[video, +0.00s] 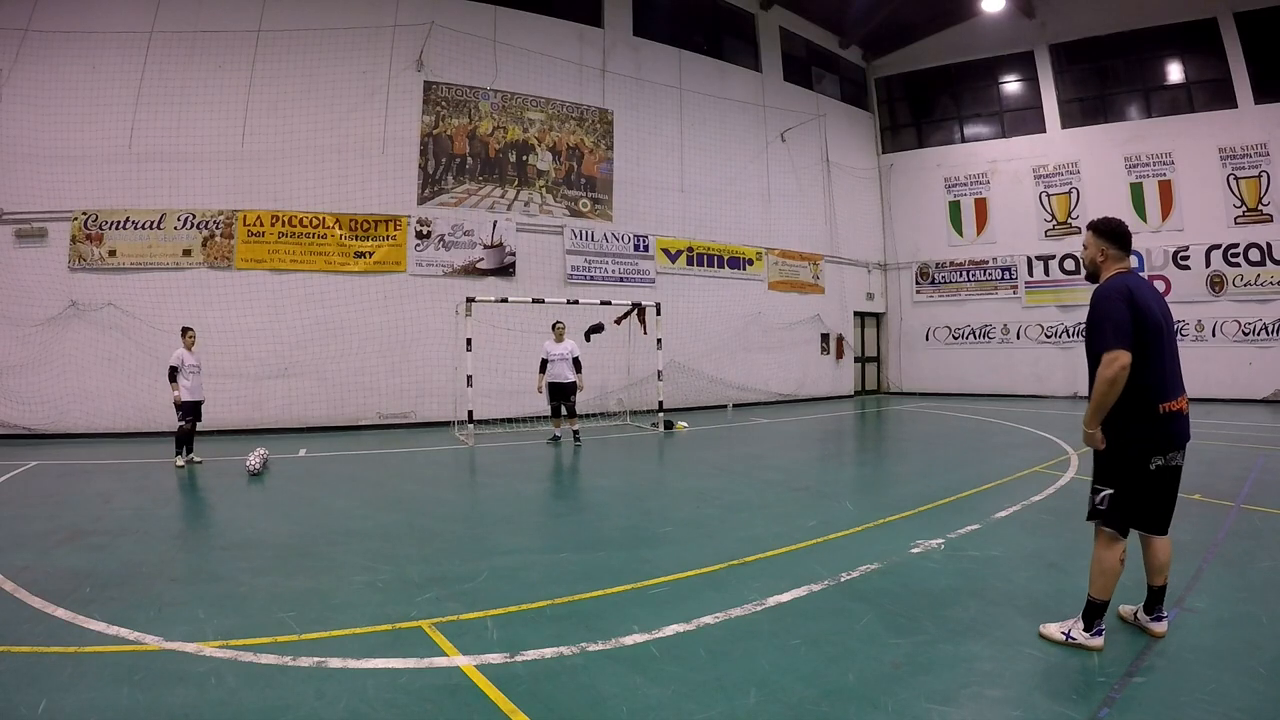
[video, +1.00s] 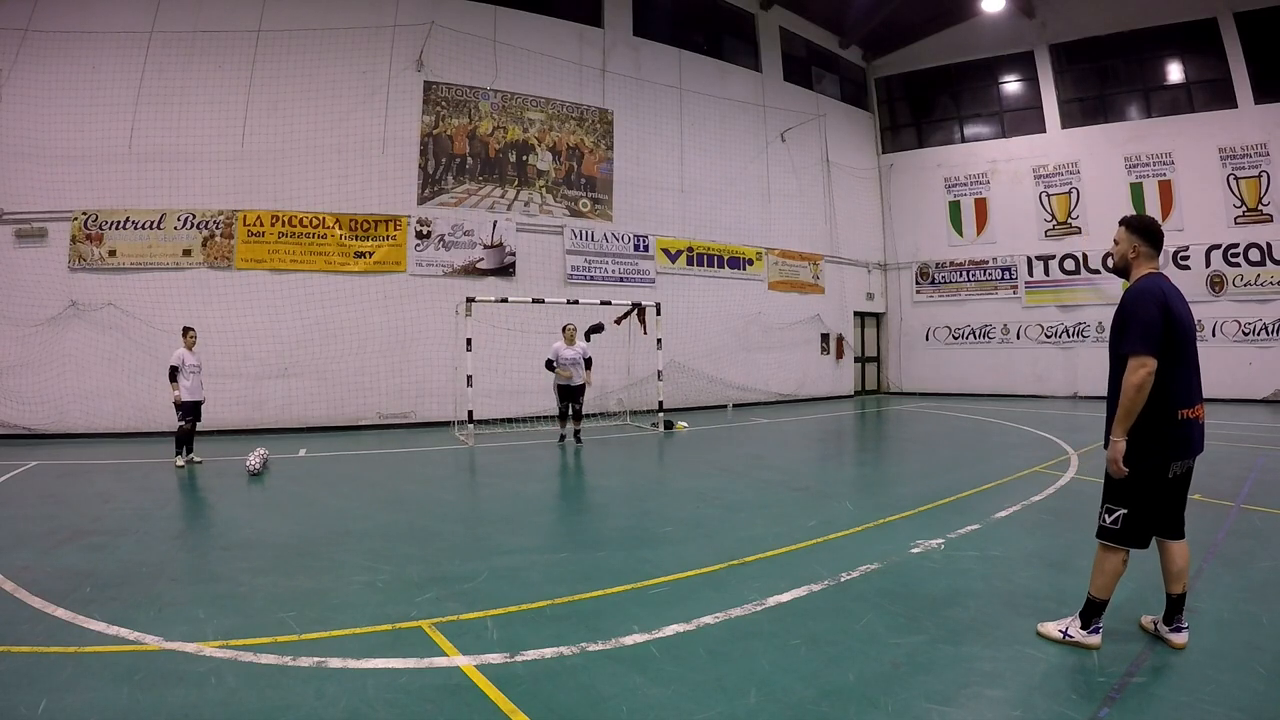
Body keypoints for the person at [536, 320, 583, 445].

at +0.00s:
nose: (561, 330)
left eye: (562, 328)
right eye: (558, 329)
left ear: (565, 330)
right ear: (553, 331)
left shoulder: (571, 344)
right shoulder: (547, 345)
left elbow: (577, 363)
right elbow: (543, 364)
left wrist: (580, 380)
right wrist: (540, 381)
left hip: (569, 381)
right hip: (552, 382)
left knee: (571, 409)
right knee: (555, 410)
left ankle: (576, 433)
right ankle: (557, 434)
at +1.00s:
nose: (571, 332)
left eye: (573, 330)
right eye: (569, 330)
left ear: (576, 333)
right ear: (564, 333)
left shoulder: (582, 347)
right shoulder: (557, 347)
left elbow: (588, 360)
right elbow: (548, 364)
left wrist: (588, 376)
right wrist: (561, 373)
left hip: (578, 384)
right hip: (562, 384)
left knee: (578, 411)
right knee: (563, 411)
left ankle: (577, 433)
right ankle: (562, 433)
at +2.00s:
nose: (596, 318)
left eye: (598, 317)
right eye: (593, 316)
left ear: (602, 323)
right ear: (586, 323)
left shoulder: (607, 336)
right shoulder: (579, 338)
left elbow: (619, 350)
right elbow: (565, 356)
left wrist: (600, 335)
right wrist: (557, 358)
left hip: (607, 389)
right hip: (585, 389)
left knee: (602, 427)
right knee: (579, 426)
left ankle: (608, 453)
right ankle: (587, 450)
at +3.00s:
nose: (678, 301)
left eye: (680, 297)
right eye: (674, 297)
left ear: (682, 299)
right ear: (660, 298)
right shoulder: (644, 320)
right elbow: (625, 356)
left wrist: (692, 348)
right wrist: (648, 346)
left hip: (671, 390)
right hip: (644, 387)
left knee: (663, 450)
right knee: (656, 443)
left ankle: (638, 499)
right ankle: (639, 504)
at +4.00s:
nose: (809, 376)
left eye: (811, 371)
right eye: (805, 370)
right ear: (789, 369)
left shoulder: (799, 390)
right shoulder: (765, 382)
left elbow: (811, 407)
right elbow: (722, 397)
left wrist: (820, 432)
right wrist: (734, 430)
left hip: (766, 420)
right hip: (738, 417)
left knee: (791, 465)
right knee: (758, 462)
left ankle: (795, 516)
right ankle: (750, 523)